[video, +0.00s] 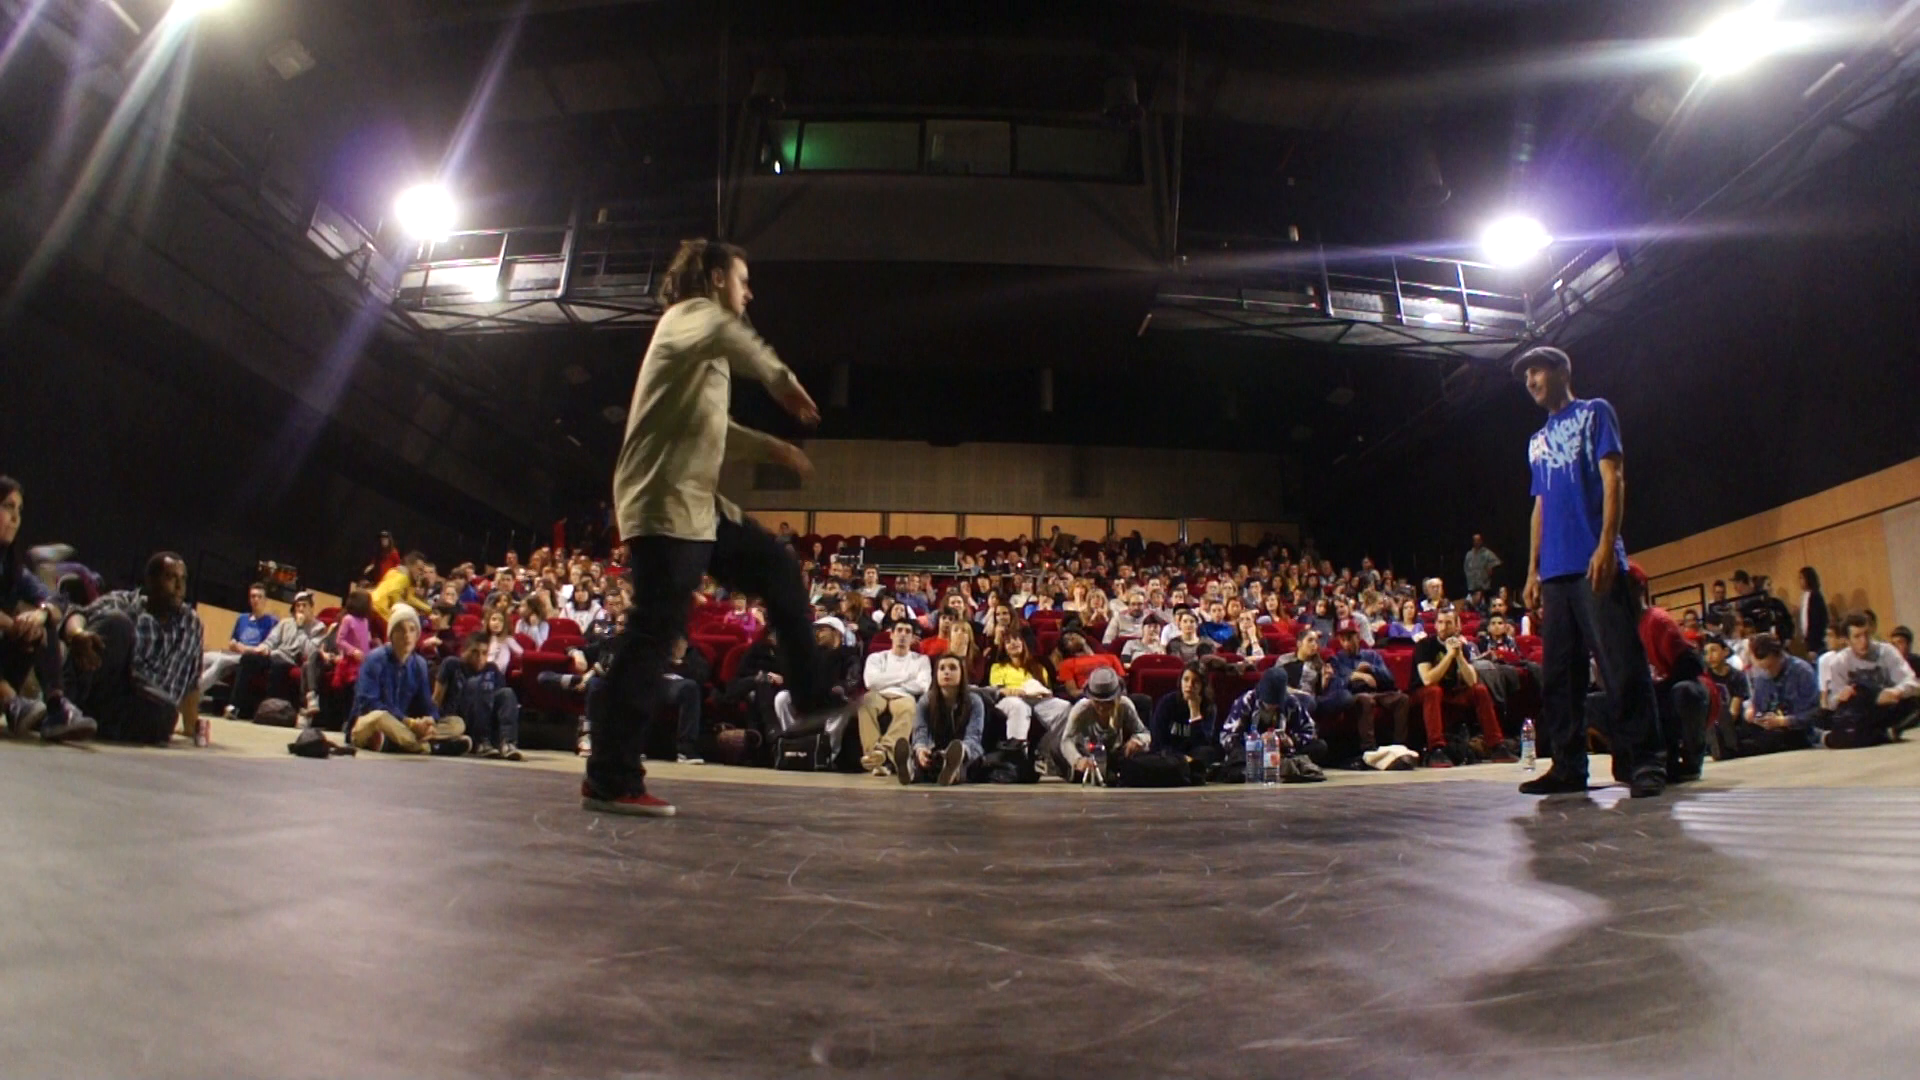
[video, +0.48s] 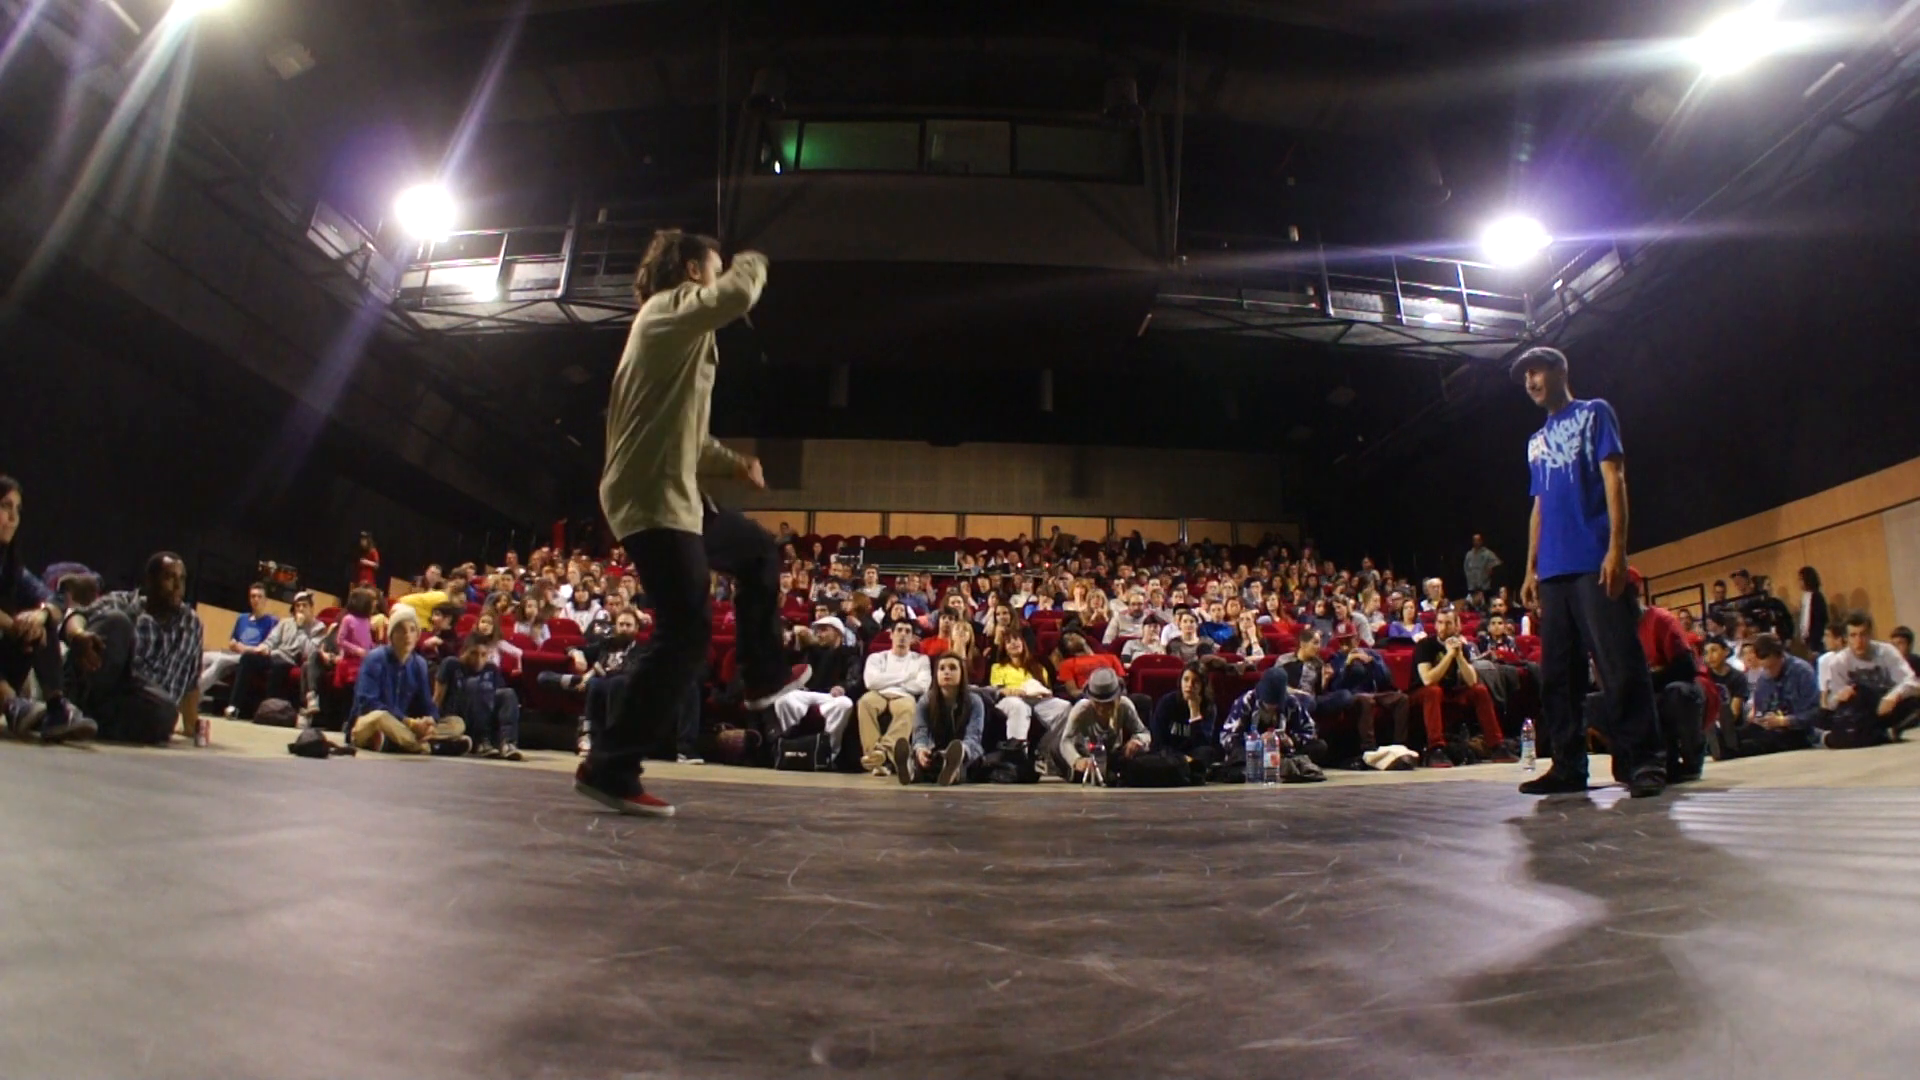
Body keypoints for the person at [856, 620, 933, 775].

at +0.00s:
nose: (903, 635)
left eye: (907, 632)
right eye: (899, 630)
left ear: (913, 638)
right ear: (891, 635)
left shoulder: (921, 659)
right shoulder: (875, 657)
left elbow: (922, 687)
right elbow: (871, 682)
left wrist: (887, 683)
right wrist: (905, 678)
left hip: (904, 695)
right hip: (879, 693)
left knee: (907, 710)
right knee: (866, 707)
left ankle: (884, 750)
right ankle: (876, 761)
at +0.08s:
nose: (903, 635)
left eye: (907, 632)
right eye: (899, 630)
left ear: (912, 638)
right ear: (891, 634)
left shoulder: (921, 659)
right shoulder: (875, 657)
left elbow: (922, 686)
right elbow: (871, 682)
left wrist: (887, 682)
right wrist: (905, 678)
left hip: (904, 694)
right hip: (879, 692)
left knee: (907, 710)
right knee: (865, 703)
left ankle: (884, 750)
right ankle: (876, 761)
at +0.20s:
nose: (903, 635)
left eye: (907, 632)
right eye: (899, 630)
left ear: (912, 638)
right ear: (891, 634)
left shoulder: (921, 659)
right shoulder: (875, 657)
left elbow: (922, 686)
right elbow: (871, 682)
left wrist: (887, 683)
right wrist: (905, 678)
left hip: (904, 694)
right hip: (879, 692)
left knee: (907, 710)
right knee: (865, 703)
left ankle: (884, 750)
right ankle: (876, 761)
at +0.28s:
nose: (903, 635)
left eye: (907, 632)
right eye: (899, 630)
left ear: (912, 638)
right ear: (891, 634)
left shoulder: (921, 659)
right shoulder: (875, 657)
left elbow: (922, 686)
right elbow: (871, 682)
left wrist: (888, 683)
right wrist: (905, 678)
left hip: (904, 694)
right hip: (879, 692)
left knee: (907, 710)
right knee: (865, 703)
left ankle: (884, 750)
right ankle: (876, 761)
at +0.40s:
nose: (903, 635)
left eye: (907, 632)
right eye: (899, 630)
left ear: (912, 638)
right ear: (891, 634)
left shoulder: (921, 659)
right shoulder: (875, 657)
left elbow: (922, 686)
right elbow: (871, 681)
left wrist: (887, 683)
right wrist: (905, 678)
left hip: (904, 694)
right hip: (879, 692)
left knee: (907, 710)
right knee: (865, 703)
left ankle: (883, 750)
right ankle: (875, 761)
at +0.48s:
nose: (903, 635)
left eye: (907, 632)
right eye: (899, 630)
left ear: (912, 638)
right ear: (891, 634)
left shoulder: (921, 659)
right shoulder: (875, 657)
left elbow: (921, 686)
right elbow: (871, 681)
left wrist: (886, 683)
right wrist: (905, 677)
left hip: (904, 694)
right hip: (879, 692)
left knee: (907, 710)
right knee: (865, 703)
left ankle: (883, 750)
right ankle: (875, 761)